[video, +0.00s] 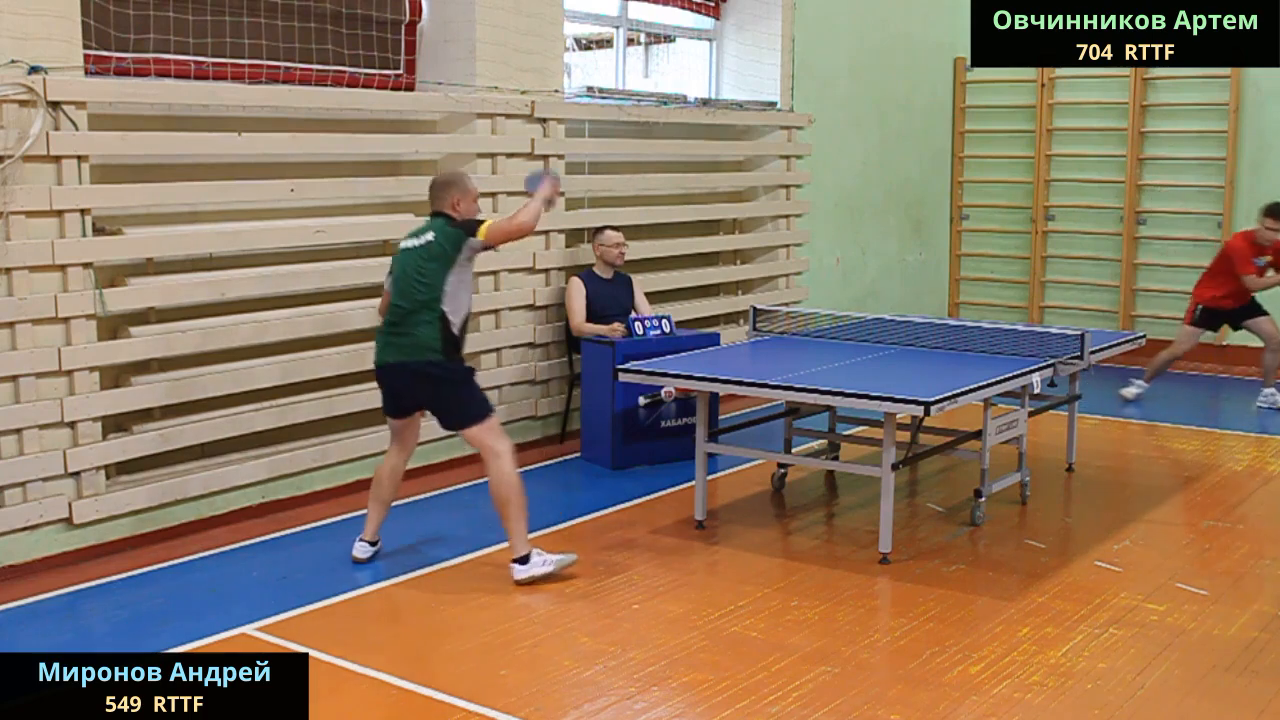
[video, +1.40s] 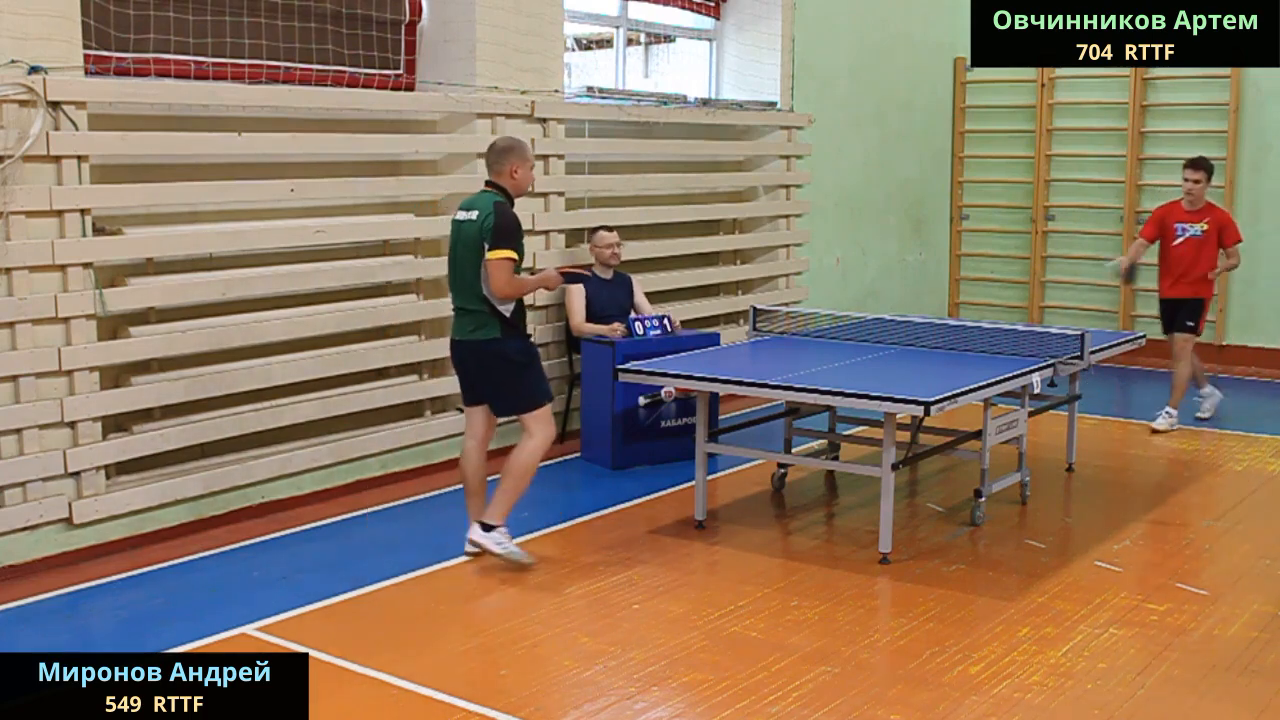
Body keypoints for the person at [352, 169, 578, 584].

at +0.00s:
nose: (479, 207)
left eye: (478, 200)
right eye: (475, 200)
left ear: (439, 206)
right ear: (456, 203)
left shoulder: (409, 241)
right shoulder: (460, 232)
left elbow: (386, 308)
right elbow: (521, 227)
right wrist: (542, 194)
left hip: (391, 364)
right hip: (436, 363)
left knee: (400, 446)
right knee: (497, 448)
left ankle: (366, 541)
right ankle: (523, 555)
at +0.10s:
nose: (474, 195)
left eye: (473, 187)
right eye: (470, 188)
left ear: (435, 192)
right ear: (452, 191)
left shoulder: (405, 228)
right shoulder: (447, 227)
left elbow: (393, 286)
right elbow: (499, 248)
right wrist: (534, 229)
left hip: (386, 354)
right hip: (428, 355)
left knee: (396, 442)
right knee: (481, 446)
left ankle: (366, 539)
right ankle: (477, 555)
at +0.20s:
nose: (473, 186)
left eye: (471, 178)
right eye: (469, 179)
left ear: (432, 184)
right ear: (451, 183)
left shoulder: (405, 221)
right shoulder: (447, 223)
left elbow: (415, 286)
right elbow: (459, 282)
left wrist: (487, 279)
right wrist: (514, 273)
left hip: (389, 351)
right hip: (427, 354)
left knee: (397, 441)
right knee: (469, 448)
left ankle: (366, 539)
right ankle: (443, 557)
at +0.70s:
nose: (505, 176)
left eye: (504, 168)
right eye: (503, 169)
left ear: (464, 172)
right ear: (487, 172)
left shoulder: (432, 210)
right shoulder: (479, 222)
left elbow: (412, 281)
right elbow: (494, 292)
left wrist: (462, 293)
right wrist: (526, 288)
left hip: (423, 344)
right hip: (458, 350)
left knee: (435, 431)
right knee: (458, 450)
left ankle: (408, 524)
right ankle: (443, 558)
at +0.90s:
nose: (516, 177)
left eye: (515, 169)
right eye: (514, 170)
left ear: (474, 173)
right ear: (499, 173)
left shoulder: (437, 212)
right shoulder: (493, 224)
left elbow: (417, 282)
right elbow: (508, 297)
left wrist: (421, 335)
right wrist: (537, 287)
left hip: (436, 345)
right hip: (469, 351)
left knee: (465, 442)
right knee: (462, 452)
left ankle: (466, 530)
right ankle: (442, 558)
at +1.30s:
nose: (527, 174)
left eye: (526, 167)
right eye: (525, 168)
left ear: (486, 171)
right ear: (510, 171)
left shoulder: (460, 210)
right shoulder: (499, 216)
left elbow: (443, 283)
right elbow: (498, 289)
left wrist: (460, 323)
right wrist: (535, 282)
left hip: (461, 345)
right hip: (496, 344)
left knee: (476, 432)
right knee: (529, 437)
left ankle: (478, 525)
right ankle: (472, 527)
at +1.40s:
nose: (532, 176)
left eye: (531, 169)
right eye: (530, 169)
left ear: (492, 170)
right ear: (515, 171)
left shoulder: (467, 207)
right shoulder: (502, 213)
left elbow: (475, 279)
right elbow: (502, 287)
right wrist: (541, 280)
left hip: (465, 341)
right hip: (500, 342)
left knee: (477, 430)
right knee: (541, 430)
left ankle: (477, 529)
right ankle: (492, 525)